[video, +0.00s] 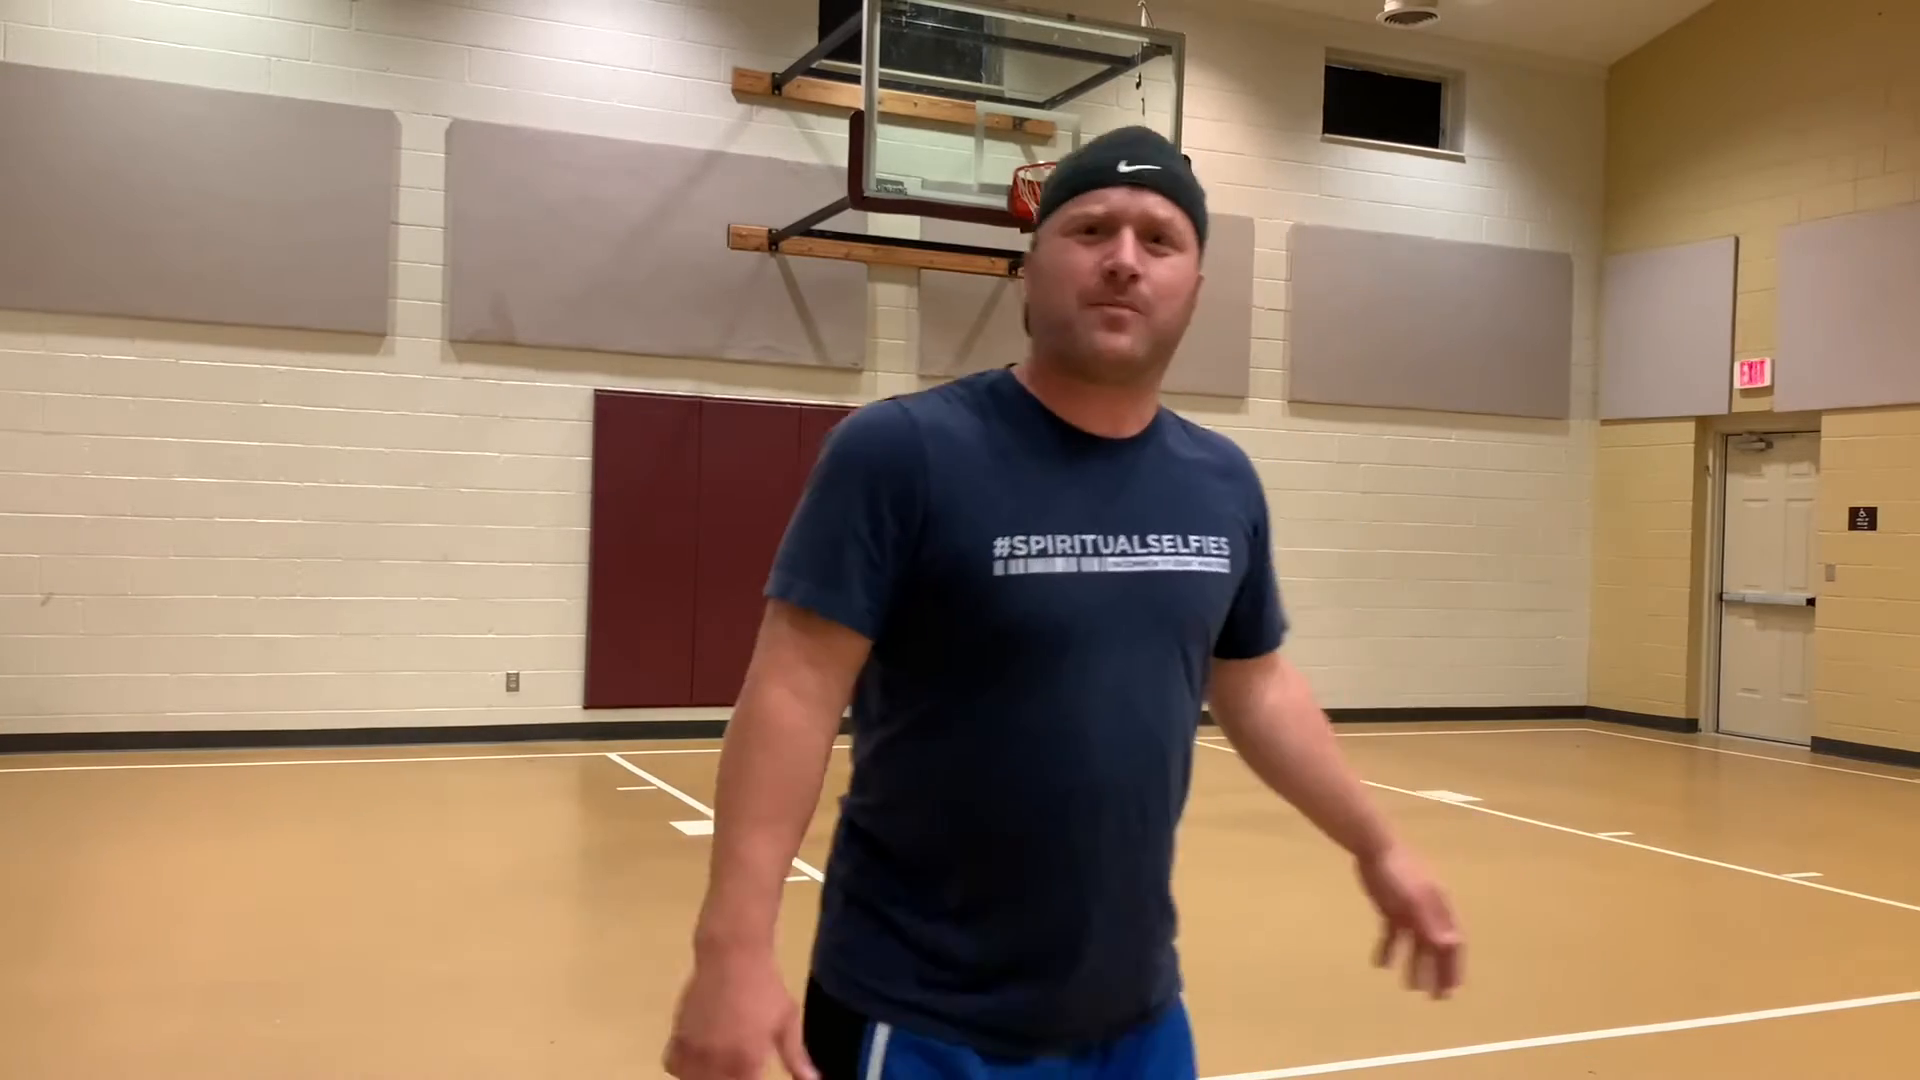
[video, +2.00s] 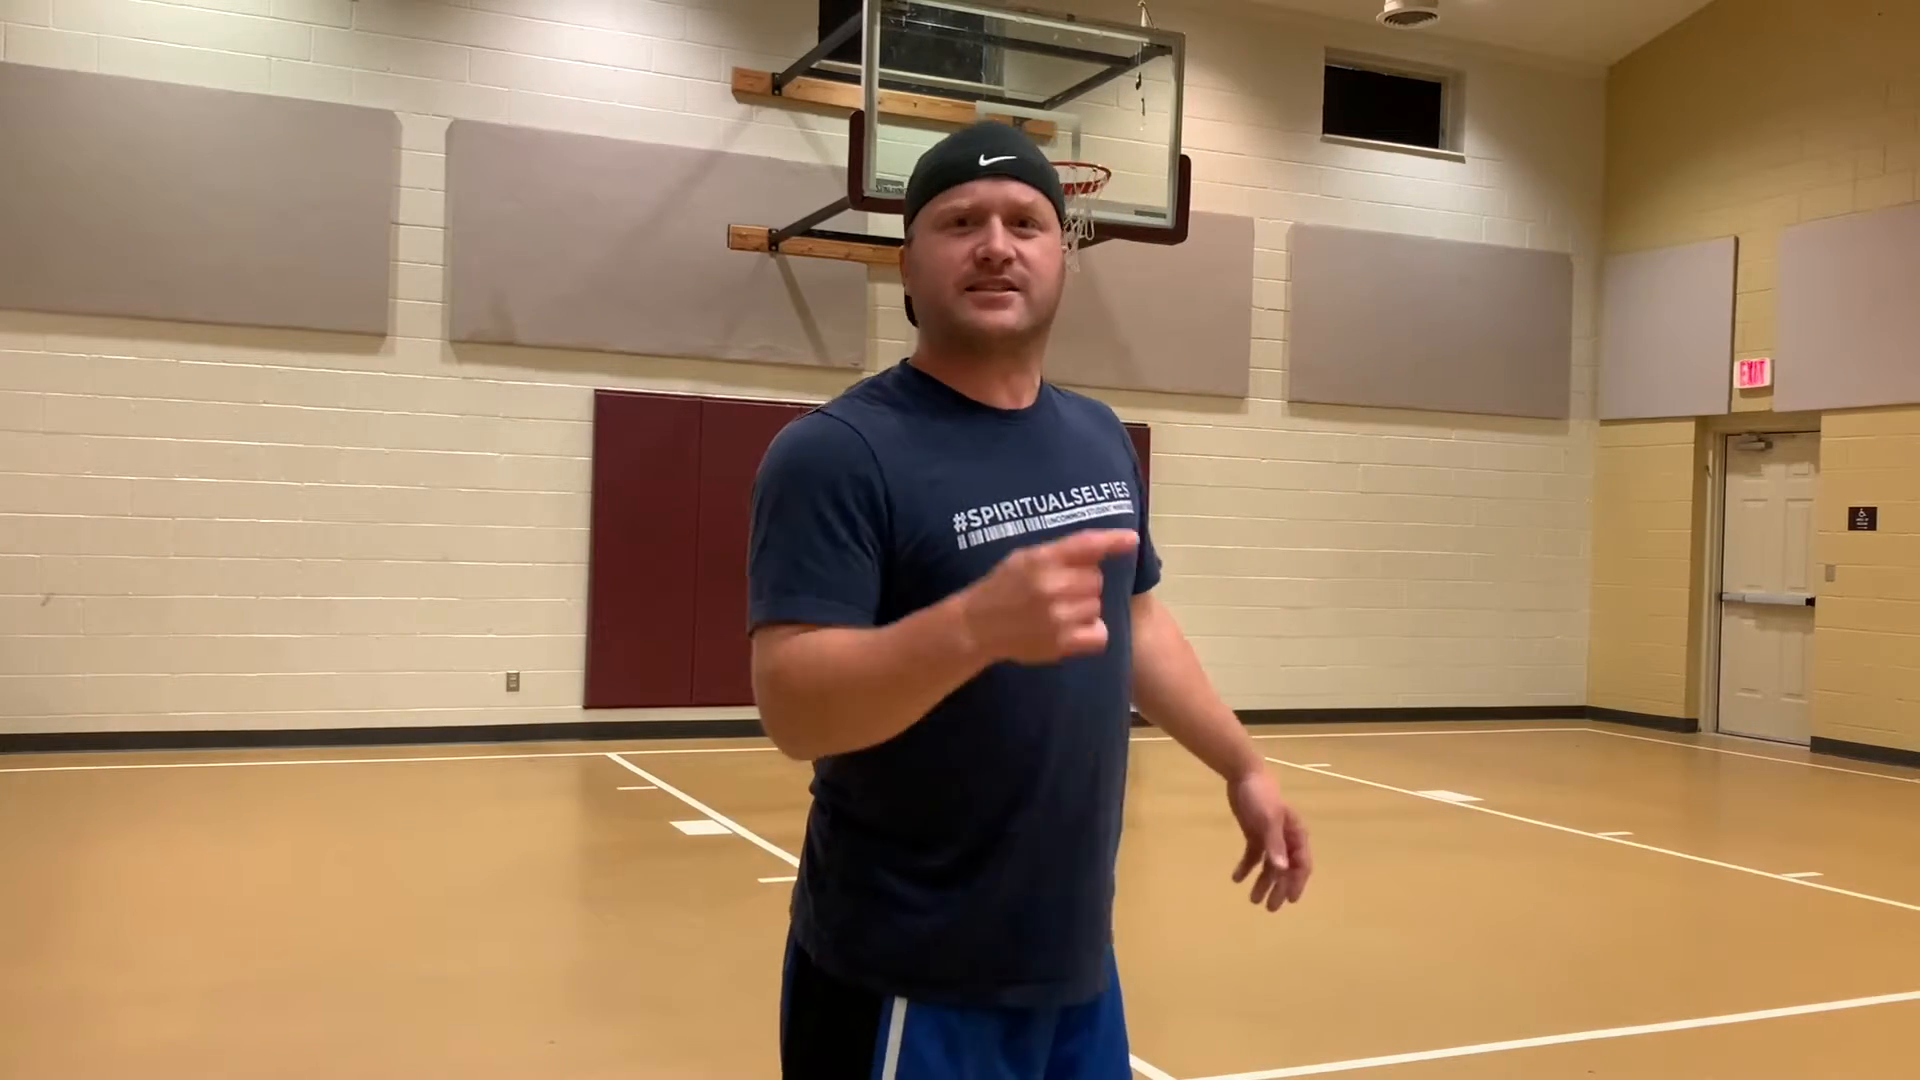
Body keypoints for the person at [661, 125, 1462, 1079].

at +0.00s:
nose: (1125, 260)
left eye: (1159, 239)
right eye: (1093, 230)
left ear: (1197, 288)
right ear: (1031, 259)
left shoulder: (1221, 482)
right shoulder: (899, 453)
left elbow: (1257, 682)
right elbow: (794, 689)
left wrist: (1378, 843)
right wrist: (734, 952)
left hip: (1129, 1008)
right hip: (919, 1014)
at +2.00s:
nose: (995, 247)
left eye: (1025, 223)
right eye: (960, 223)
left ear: (1065, 260)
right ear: (907, 263)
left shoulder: (1097, 437)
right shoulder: (835, 455)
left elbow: (1134, 618)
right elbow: (797, 710)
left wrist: (1242, 763)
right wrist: (974, 626)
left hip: (1072, 954)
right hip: (901, 973)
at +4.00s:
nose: (1079, 262)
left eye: (1091, 239)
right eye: (1037, 241)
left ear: (1110, 266)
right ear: (961, 289)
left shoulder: (1128, 430)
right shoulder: (909, 453)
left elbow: (1243, 575)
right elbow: (891, 701)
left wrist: (1086, 489)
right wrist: (984, 949)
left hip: (1046, 946)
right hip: (896, 952)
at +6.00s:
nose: (982, 255)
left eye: (1017, 231)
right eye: (952, 229)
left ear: (1066, 267)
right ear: (906, 260)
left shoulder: (1115, 428)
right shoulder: (833, 417)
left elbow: (1326, 522)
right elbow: (952, 630)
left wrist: (1544, 595)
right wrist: (1097, 472)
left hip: (1053, 952)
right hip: (878, 975)